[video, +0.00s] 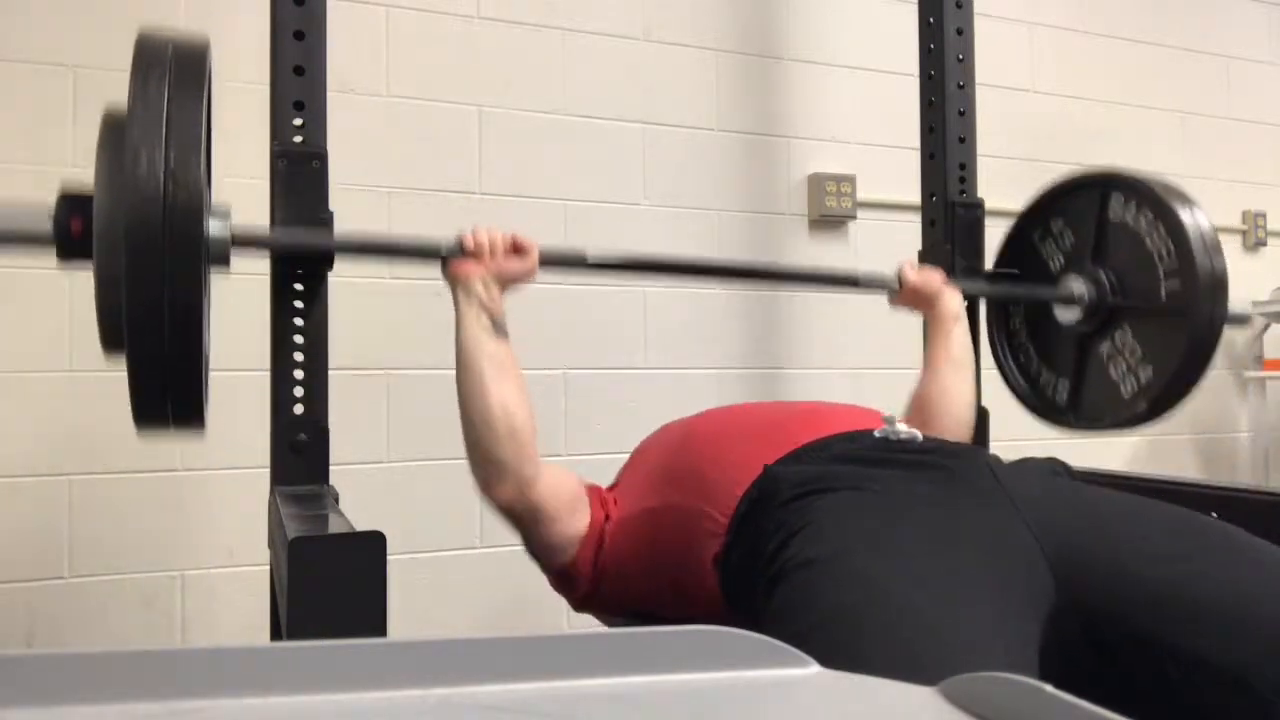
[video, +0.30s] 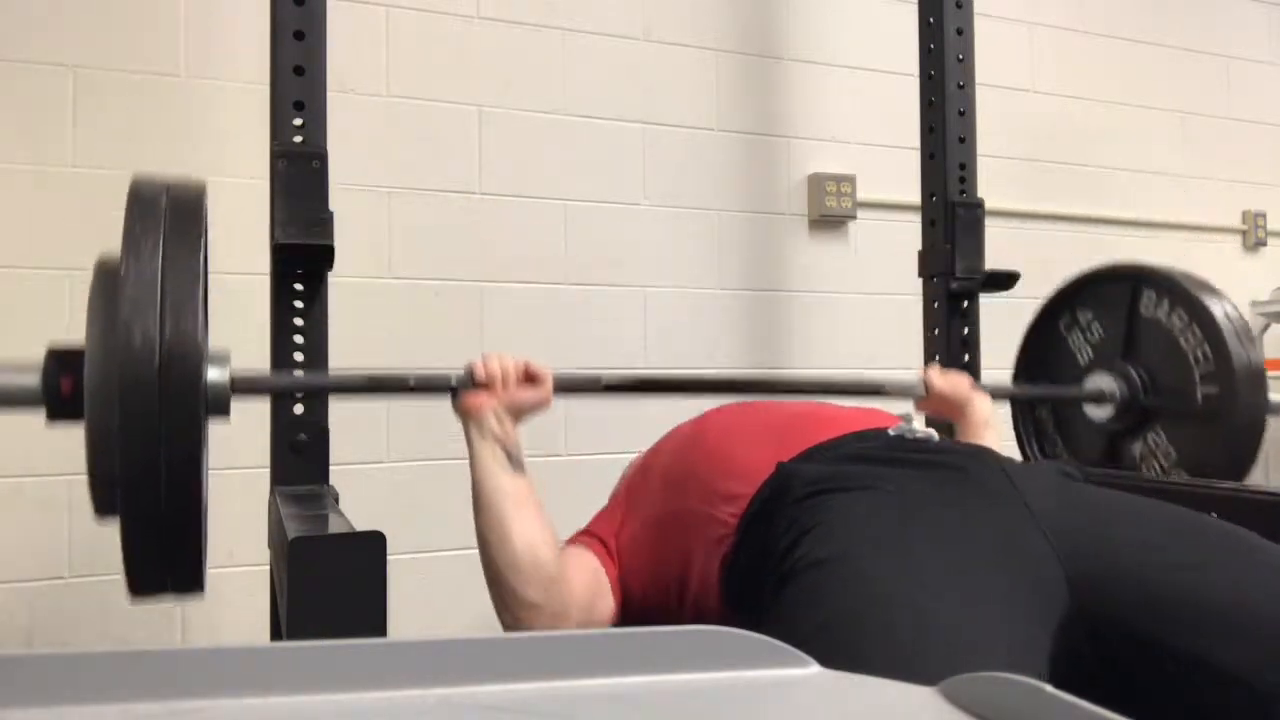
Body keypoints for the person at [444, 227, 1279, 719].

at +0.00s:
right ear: (623, 497)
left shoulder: (852, 434)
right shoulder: (606, 538)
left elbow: (944, 440)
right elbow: (511, 473)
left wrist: (945, 312)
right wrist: (476, 303)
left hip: (1023, 482)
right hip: (842, 502)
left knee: (1272, 610)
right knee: (929, 702)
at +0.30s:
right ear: (645, 492)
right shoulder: (629, 528)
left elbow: (1022, 514)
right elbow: (546, 610)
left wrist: (977, 419)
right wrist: (492, 440)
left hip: (1021, 476)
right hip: (859, 495)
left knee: (1277, 615)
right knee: (939, 686)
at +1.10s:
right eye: (662, 444)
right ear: (625, 500)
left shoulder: (842, 435)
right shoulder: (609, 537)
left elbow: (939, 439)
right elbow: (508, 472)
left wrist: (946, 307)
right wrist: (473, 309)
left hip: (1032, 484)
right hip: (852, 503)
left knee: (1274, 616)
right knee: (926, 690)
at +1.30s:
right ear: (609, 495)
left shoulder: (845, 433)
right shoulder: (601, 532)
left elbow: (901, 400)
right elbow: (511, 423)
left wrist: (931, 271)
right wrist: (466, 263)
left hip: (1010, 482)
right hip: (840, 509)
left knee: (1276, 617)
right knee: (939, 700)